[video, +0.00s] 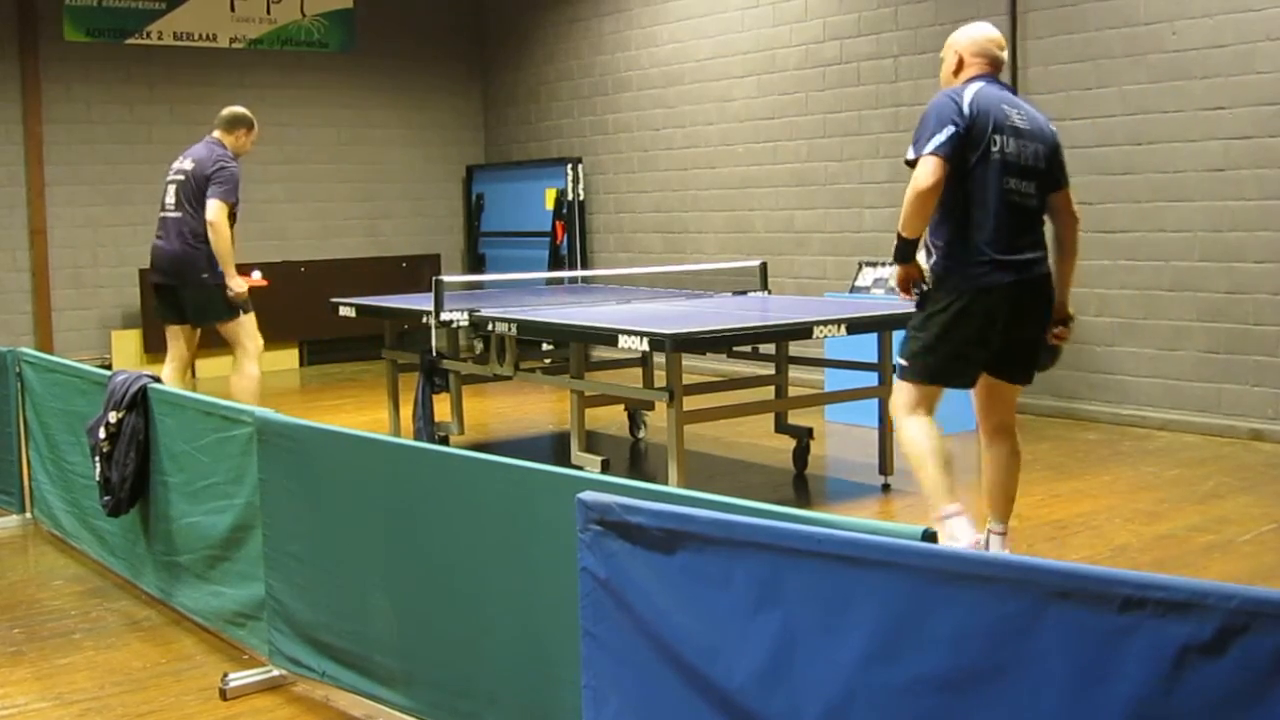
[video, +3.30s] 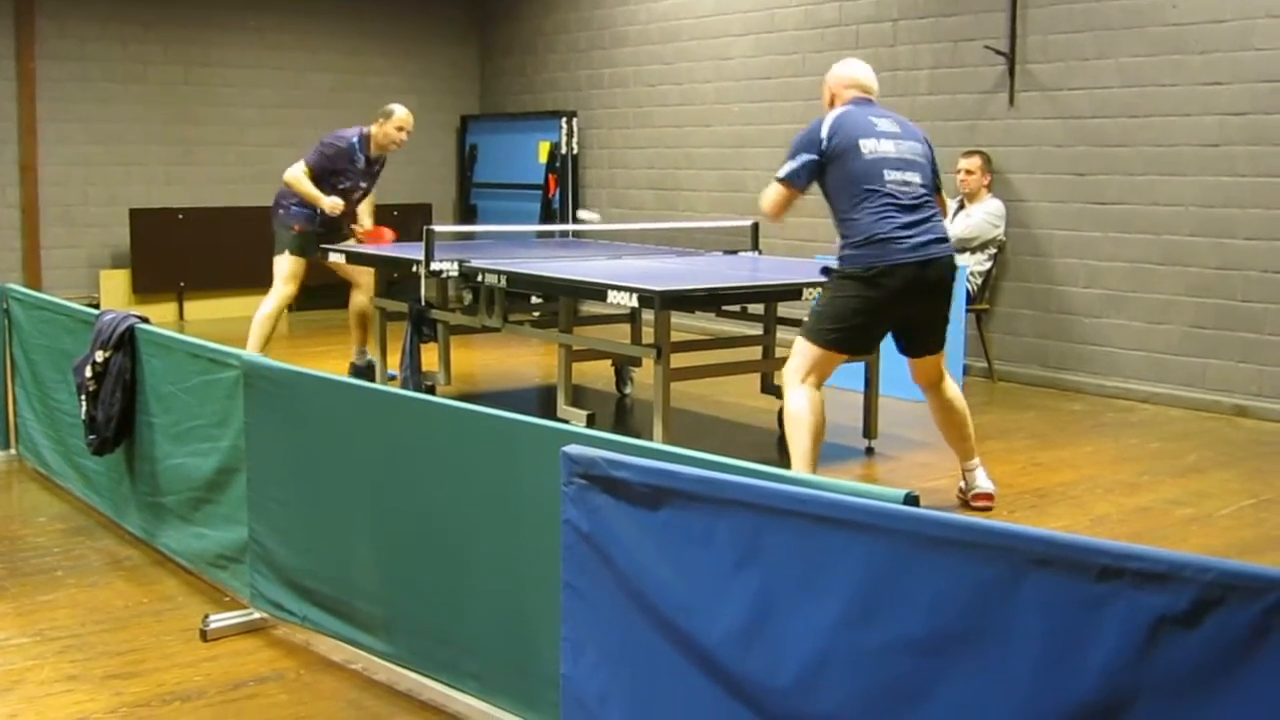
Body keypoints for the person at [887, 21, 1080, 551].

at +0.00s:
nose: (940, 74)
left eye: (943, 64)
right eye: (941, 66)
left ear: (957, 61)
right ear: (1002, 66)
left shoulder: (953, 102)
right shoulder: (1040, 124)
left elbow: (929, 181)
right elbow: (1067, 219)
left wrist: (905, 255)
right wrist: (1061, 299)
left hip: (964, 289)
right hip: (1029, 293)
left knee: (908, 407)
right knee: (998, 417)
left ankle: (952, 525)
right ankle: (995, 542)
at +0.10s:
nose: (926, 76)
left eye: (928, 66)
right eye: (927, 67)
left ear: (942, 62)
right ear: (984, 66)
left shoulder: (940, 102)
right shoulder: (1024, 122)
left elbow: (922, 175)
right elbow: (1048, 214)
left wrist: (901, 251)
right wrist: (1036, 280)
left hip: (951, 286)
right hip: (1016, 288)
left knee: (897, 409)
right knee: (995, 421)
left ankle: (885, 535)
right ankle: (998, 541)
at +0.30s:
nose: (888, 85)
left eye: (890, 77)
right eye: (889, 78)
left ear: (903, 75)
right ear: (944, 76)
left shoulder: (898, 116)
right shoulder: (986, 126)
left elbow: (875, 186)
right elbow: (1012, 213)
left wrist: (867, 254)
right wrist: (987, 264)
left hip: (921, 293)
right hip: (987, 292)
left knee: (870, 418)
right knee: (968, 422)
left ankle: (836, 533)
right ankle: (992, 538)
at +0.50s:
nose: (838, 109)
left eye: (840, 102)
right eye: (841, 102)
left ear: (850, 100)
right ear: (893, 98)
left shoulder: (838, 139)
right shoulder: (939, 136)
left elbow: (795, 212)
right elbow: (986, 214)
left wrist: (822, 271)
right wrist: (953, 263)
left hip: (886, 295)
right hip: (955, 291)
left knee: (839, 416)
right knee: (948, 393)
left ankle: (826, 532)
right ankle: (984, 505)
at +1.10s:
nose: (818, 187)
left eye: (817, 181)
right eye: (817, 181)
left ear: (826, 176)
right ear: (863, 168)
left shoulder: (826, 200)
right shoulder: (912, 192)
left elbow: (800, 286)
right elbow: (933, 255)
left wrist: (807, 317)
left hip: (901, 310)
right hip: (968, 303)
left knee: (829, 420)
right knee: (966, 413)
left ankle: (815, 535)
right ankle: (993, 517)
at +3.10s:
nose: (836, 129)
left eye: (836, 122)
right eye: (836, 123)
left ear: (847, 118)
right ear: (884, 116)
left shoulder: (840, 148)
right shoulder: (928, 149)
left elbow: (809, 235)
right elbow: (950, 214)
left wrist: (830, 242)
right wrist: (885, 232)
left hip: (891, 270)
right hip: (955, 270)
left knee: (815, 381)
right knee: (945, 380)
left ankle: (802, 492)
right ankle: (976, 481)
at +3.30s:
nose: (824, 104)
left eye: (824, 98)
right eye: (825, 98)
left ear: (833, 94)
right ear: (872, 95)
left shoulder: (825, 129)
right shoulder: (914, 132)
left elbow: (772, 207)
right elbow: (939, 209)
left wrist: (790, 175)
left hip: (872, 266)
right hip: (935, 263)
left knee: (801, 375)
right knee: (934, 376)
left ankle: (801, 490)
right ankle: (975, 477)